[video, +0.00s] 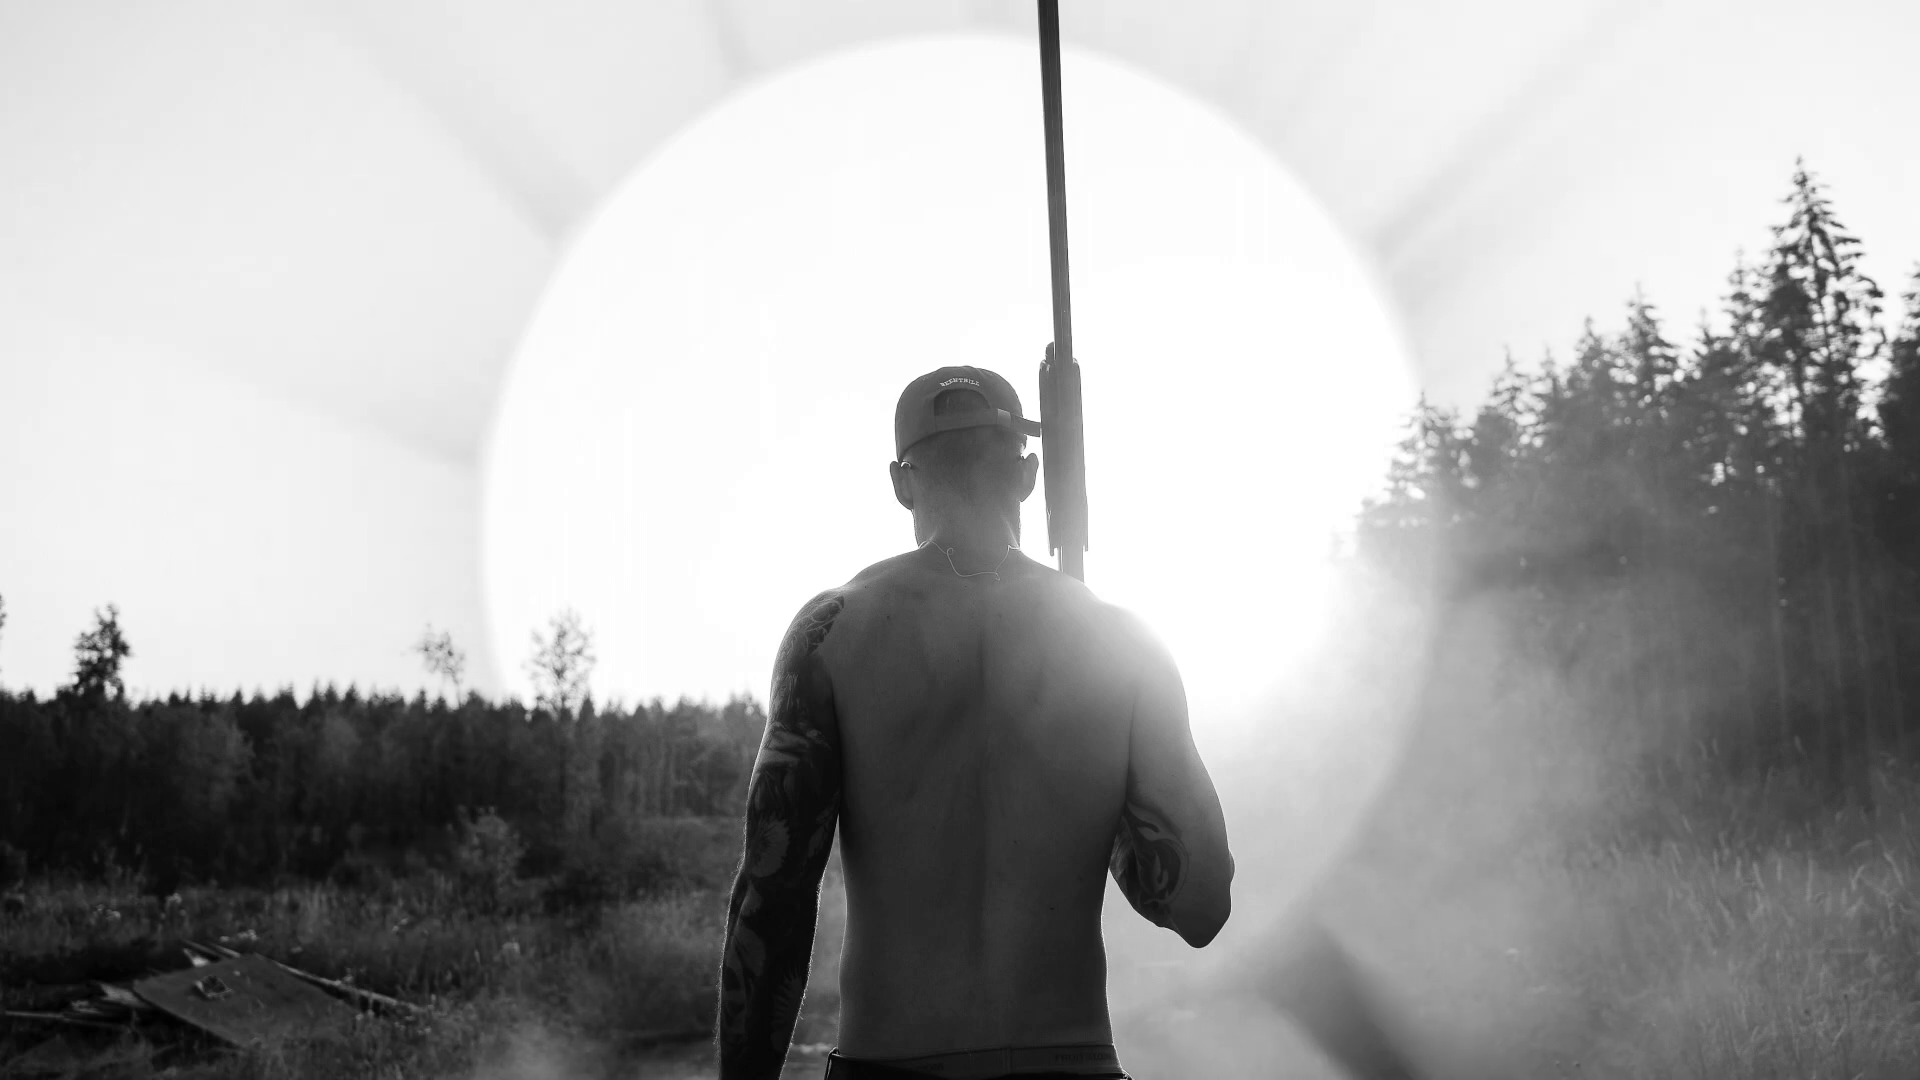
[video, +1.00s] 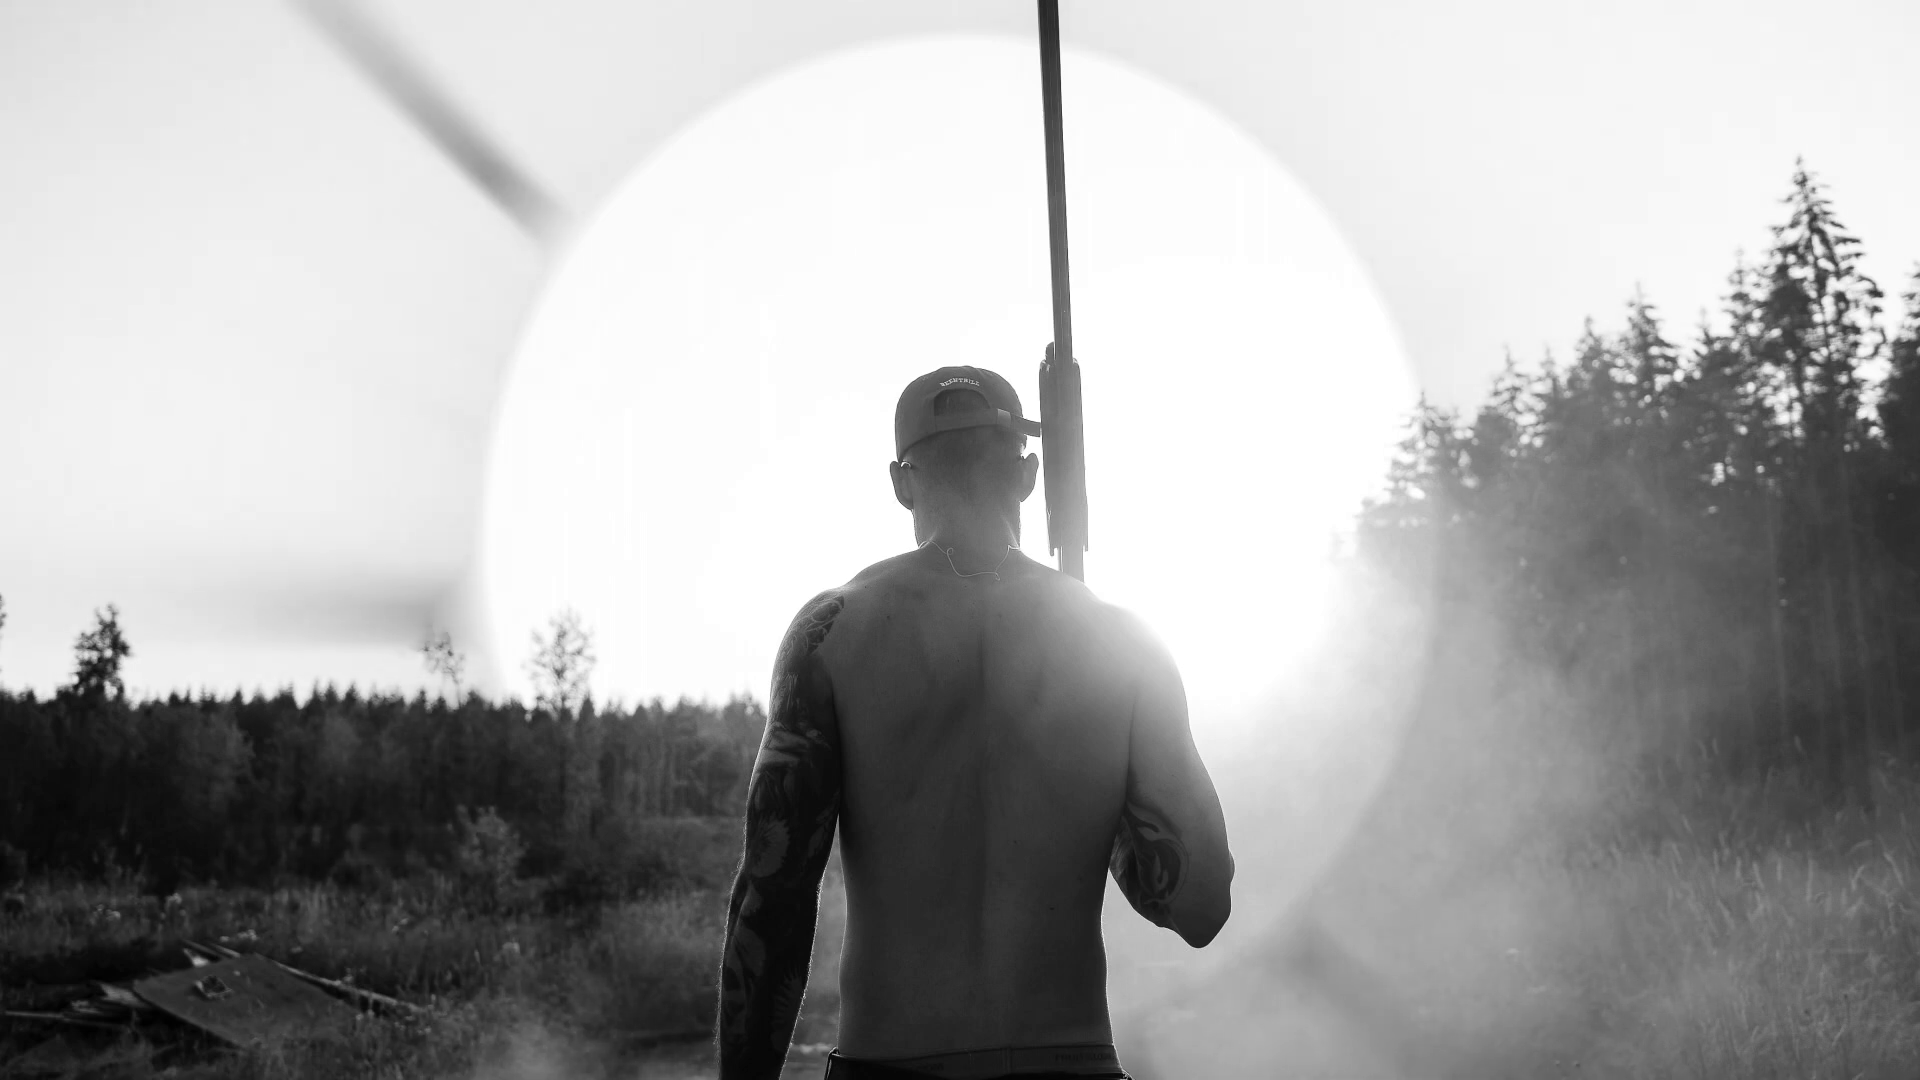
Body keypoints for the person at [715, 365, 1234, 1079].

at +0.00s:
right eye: (1017, 450)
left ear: (903, 486)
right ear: (1027, 476)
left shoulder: (832, 630)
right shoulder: (1121, 641)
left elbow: (773, 884)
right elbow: (1201, 904)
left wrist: (747, 1063)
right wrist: (1102, 803)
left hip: (887, 1045)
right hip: (1068, 1045)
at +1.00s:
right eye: (1017, 450)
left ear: (903, 486)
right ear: (1027, 476)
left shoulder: (832, 630)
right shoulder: (1121, 641)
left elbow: (773, 884)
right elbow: (1201, 904)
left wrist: (747, 1063)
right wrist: (1102, 803)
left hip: (887, 1045)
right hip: (1067, 1045)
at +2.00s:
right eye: (1017, 450)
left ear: (903, 486)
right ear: (1027, 476)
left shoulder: (832, 630)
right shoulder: (1121, 641)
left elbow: (773, 884)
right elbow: (1201, 904)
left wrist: (747, 1063)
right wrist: (1102, 803)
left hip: (887, 1045)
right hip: (1067, 1045)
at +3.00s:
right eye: (1017, 450)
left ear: (903, 486)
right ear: (1027, 476)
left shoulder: (832, 630)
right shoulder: (1121, 641)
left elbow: (773, 884)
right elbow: (1201, 904)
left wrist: (747, 1063)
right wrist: (1102, 803)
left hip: (887, 1045)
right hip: (1068, 1045)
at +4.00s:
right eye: (1015, 448)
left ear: (903, 486)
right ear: (1028, 477)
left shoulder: (831, 630)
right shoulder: (1121, 641)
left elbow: (773, 886)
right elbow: (1201, 905)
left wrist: (747, 1063)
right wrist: (1101, 800)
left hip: (886, 1046)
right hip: (1068, 1046)